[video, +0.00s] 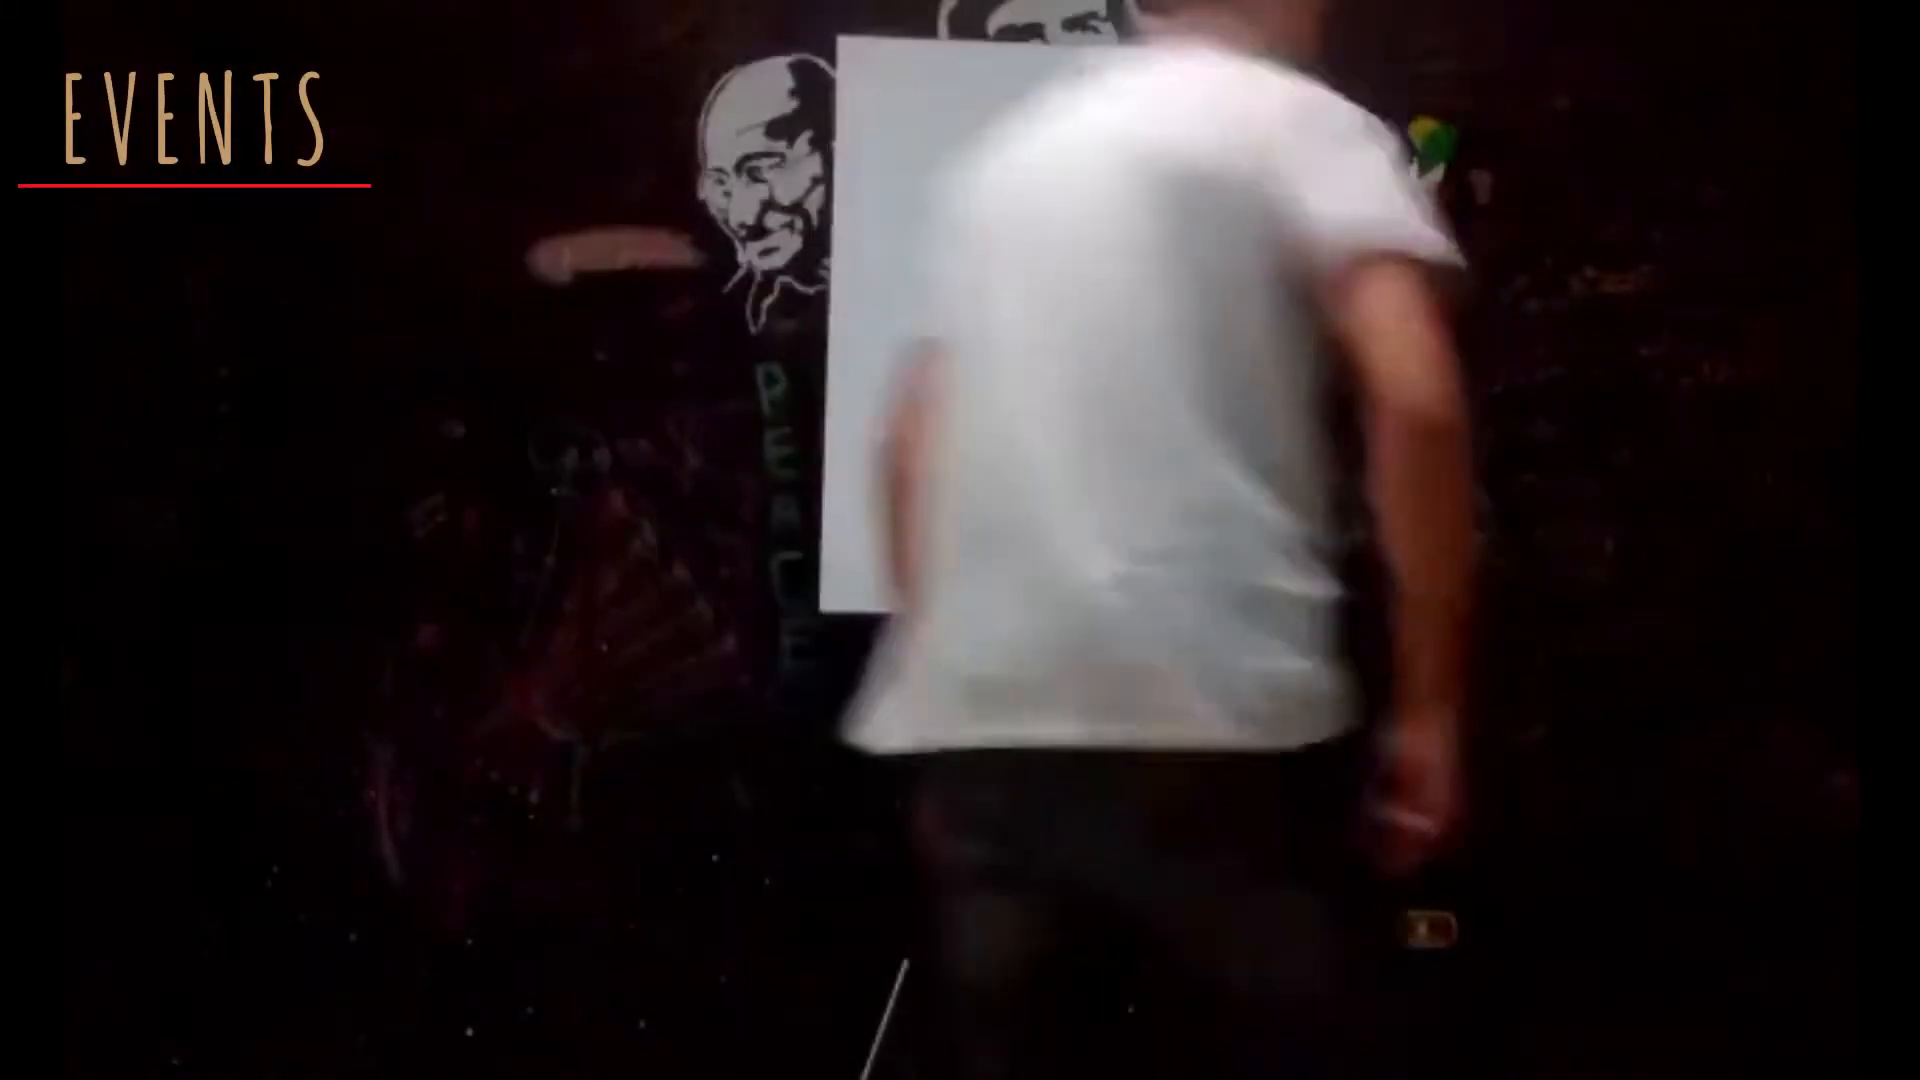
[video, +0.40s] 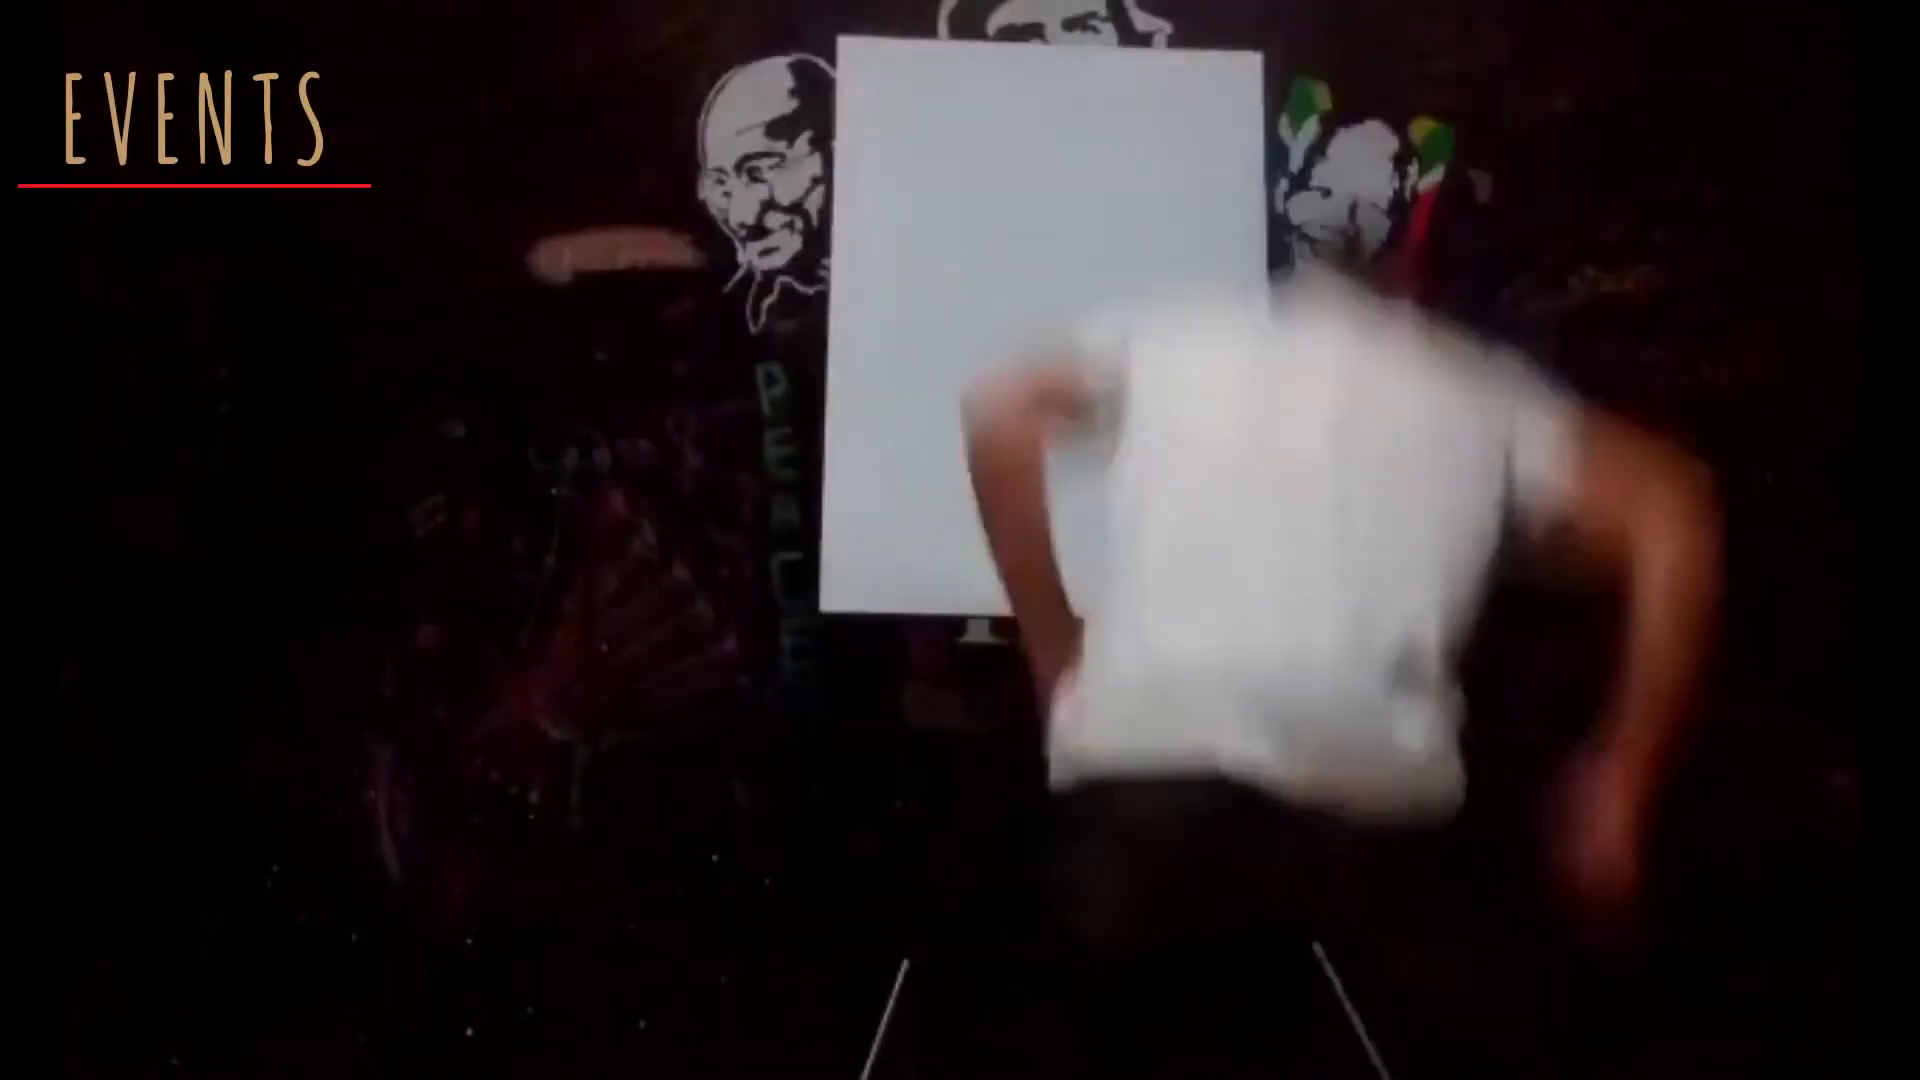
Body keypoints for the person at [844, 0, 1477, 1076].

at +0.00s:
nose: (1314, 30)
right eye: (1310, 22)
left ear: (1146, 13)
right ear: (1291, 18)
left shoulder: (996, 156)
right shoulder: (1296, 119)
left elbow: (913, 440)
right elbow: (1417, 400)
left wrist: (939, 649)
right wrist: (1426, 703)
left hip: (977, 743)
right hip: (1227, 741)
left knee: (1006, 1062)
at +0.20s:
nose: (1427, 129)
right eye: (1429, 118)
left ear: (1280, 89)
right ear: (1403, 105)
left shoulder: (1135, 193)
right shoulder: (1435, 193)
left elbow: (938, 333)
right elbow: (1588, 342)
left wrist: (986, 587)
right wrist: (1524, 631)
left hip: (1086, 704)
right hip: (1324, 707)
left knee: (1086, 1038)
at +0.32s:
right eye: (1440, 199)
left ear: (1295, 195)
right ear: (1428, 211)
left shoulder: (1174, 266)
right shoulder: (1486, 313)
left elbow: (981, 345)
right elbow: (1657, 423)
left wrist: (1031, 598)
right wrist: (1588, 689)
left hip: (1120, 756)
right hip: (1368, 778)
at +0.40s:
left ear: (1288, 268)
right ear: (1413, 291)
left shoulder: (1176, 336)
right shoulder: (1488, 392)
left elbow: (999, 413)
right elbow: (1671, 516)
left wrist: (1051, 638)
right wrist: (1621, 784)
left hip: (1137, 796)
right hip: (1379, 820)